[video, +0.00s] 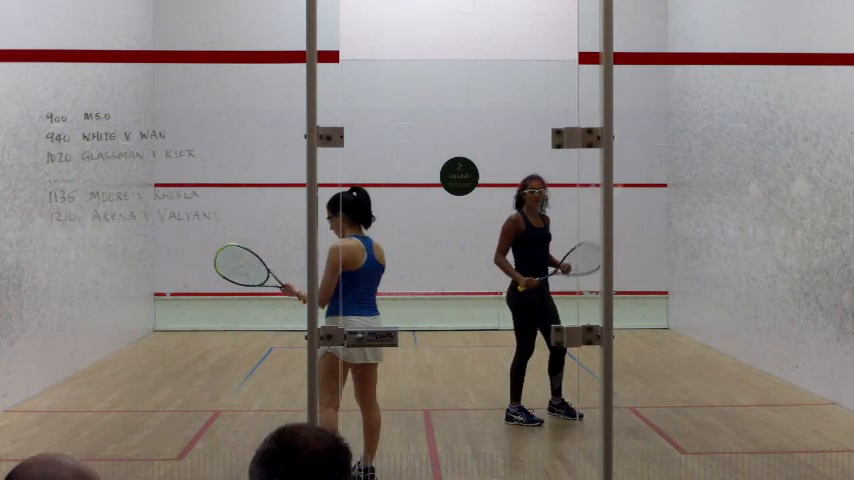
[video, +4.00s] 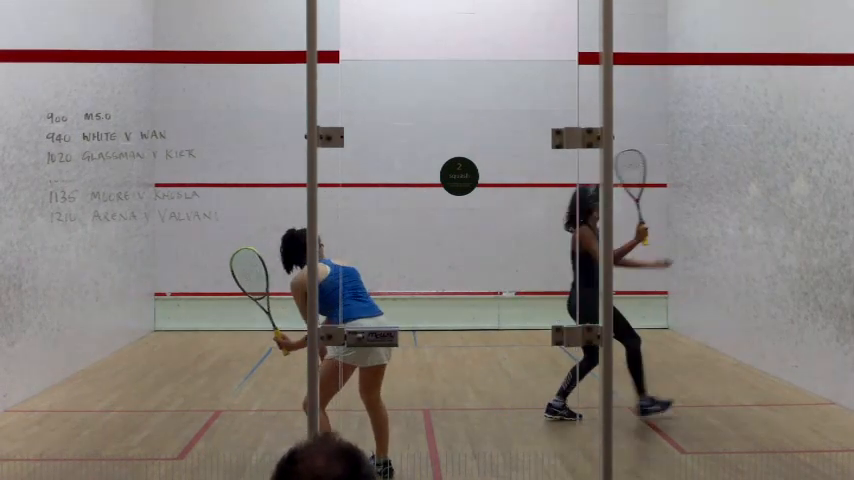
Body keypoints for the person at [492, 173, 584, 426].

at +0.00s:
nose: (538, 194)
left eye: (541, 190)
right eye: (532, 190)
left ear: (545, 194)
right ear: (523, 194)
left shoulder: (544, 221)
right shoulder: (515, 222)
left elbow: (541, 254)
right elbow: (499, 258)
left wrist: (559, 264)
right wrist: (519, 278)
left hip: (541, 291)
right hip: (521, 293)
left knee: (558, 345)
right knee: (524, 349)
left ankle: (556, 402)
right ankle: (514, 407)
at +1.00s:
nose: (572, 202)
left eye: (574, 198)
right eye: (569, 197)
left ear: (571, 199)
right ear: (555, 196)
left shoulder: (570, 223)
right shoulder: (538, 221)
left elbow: (575, 256)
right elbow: (524, 255)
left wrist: (591, 271)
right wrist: (551, 263)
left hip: (566, 286)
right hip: (546, 287)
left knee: (563, 344)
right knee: (561, 345)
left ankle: (557, 401)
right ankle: (532, 397)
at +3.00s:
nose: (572, 206)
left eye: (574, 202)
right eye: (570, 201)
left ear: (559, 200)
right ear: (557, 198)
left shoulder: (549, 222)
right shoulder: (540, 221)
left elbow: (551, 260)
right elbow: (532, 256)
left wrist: (577, 271)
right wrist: (547, 290)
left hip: (547, 294)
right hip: (536, 295)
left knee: (570, 342)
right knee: (542, 349)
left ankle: (560, 402)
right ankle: (532, 410)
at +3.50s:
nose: (580, 202)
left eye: (580, 198)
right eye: (578, 197)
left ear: (566, 198)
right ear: (566, 197)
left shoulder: (560, 222)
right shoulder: (551, 222)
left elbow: (557, 260)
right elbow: (544, 259)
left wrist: (580, 272)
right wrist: (576, 273)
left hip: (554, 294)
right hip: (547, 295)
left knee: (577, 343)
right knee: (550, 349)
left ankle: (558, 400)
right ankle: (532, 409)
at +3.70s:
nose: (587, 204)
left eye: (586, 200)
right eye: (583, 200)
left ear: (566, 200)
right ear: (572, 200)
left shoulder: (561, 226)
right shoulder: (566, 228)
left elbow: (568, 266)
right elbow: (572, 265)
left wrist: (594, 270)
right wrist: (607, 259)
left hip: (561, 294)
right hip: (564, 297)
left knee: (580, 350)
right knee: (580, 352)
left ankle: (556, 404)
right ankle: (542, 402)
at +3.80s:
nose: (592, 208)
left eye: (592, 203)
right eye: (589, 203)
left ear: (572, 205)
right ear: (577, 204)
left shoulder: (565, 231)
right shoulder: (571, 231)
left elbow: (578, 271)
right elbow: (584, 265)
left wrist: (604, 285)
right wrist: (615, 252)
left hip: (565, 300)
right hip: (571, 301)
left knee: (586, 354)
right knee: (593, 359)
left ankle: (561, 402)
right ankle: (560, 394)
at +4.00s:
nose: (599, 213)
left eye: (599, 208)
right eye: (595, 208)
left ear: (589, 210)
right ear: (586, 209)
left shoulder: (589, 232)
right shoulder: (583, 232)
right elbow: (607, 259)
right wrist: (635, 240)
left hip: (583, 302)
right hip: (590, 302)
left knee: (591, 358)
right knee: (632, 341)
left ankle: (557, 403)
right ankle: (644, 400)